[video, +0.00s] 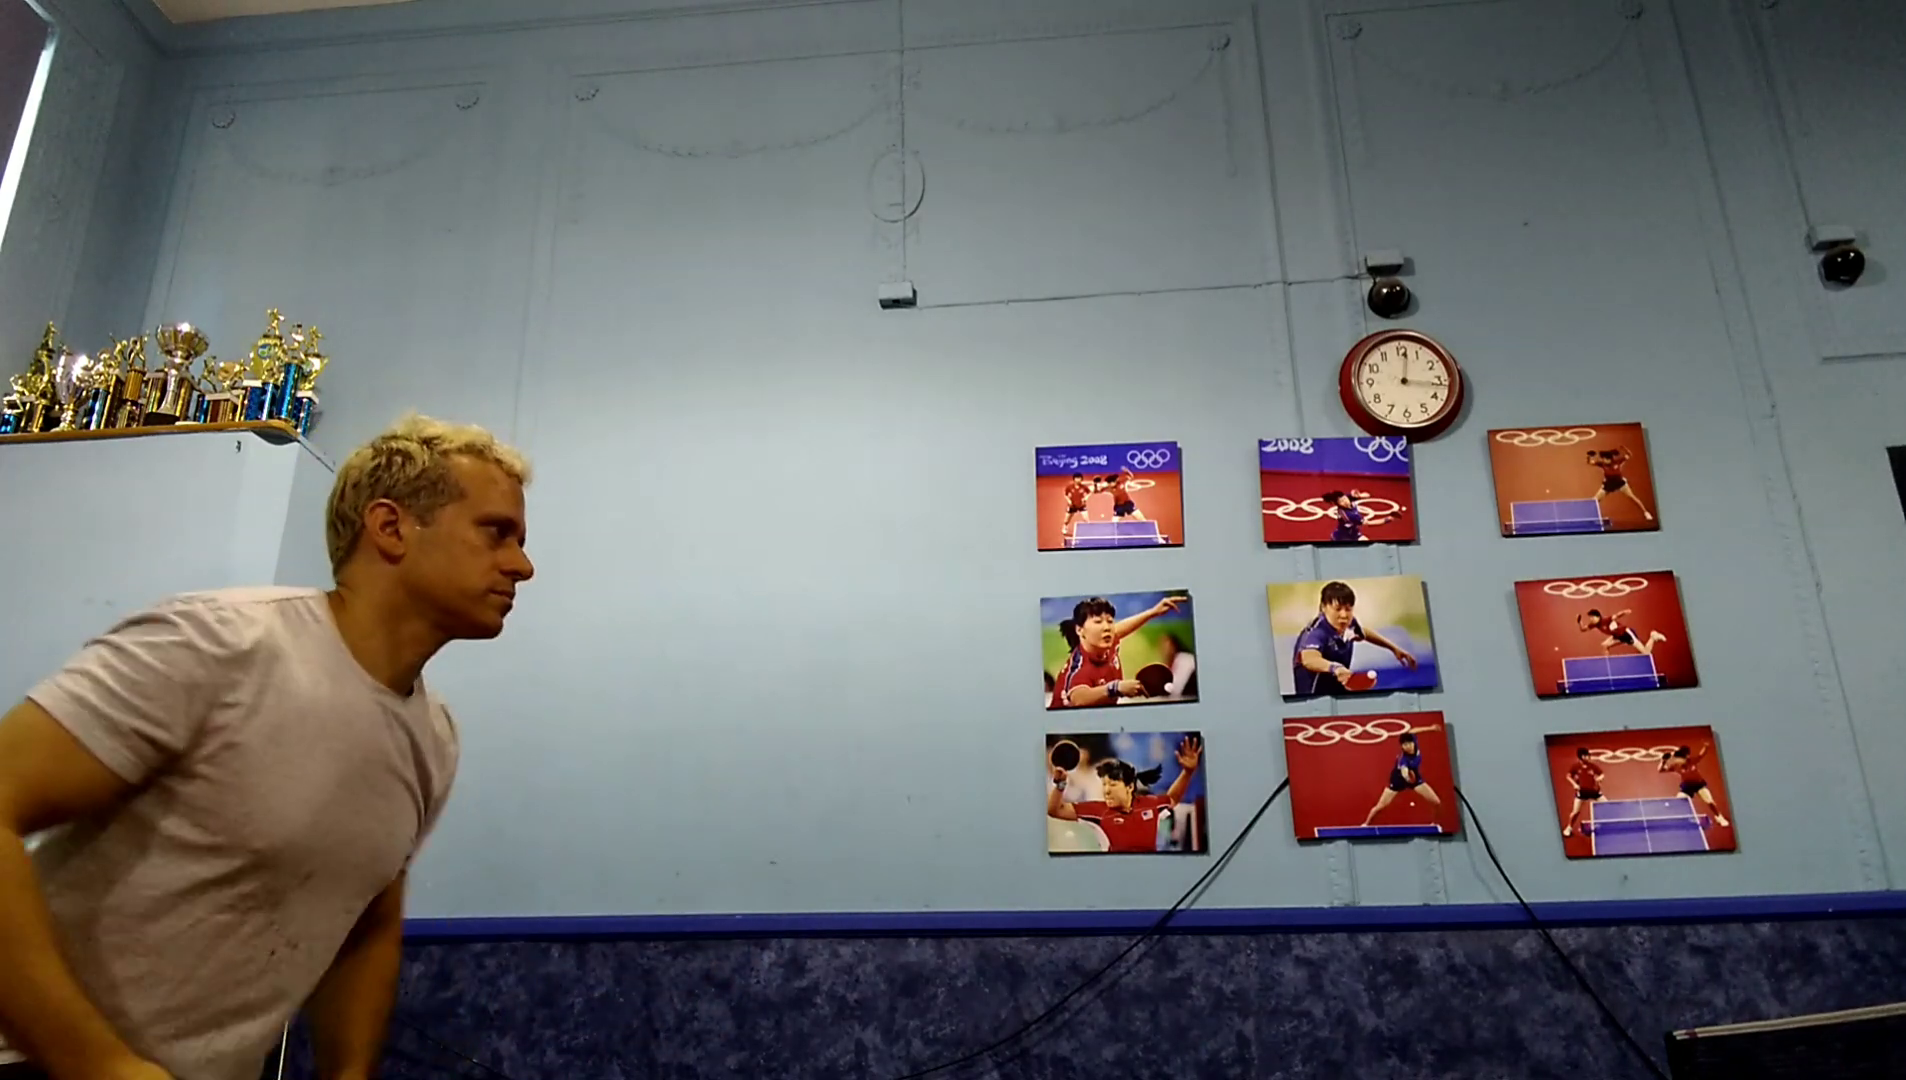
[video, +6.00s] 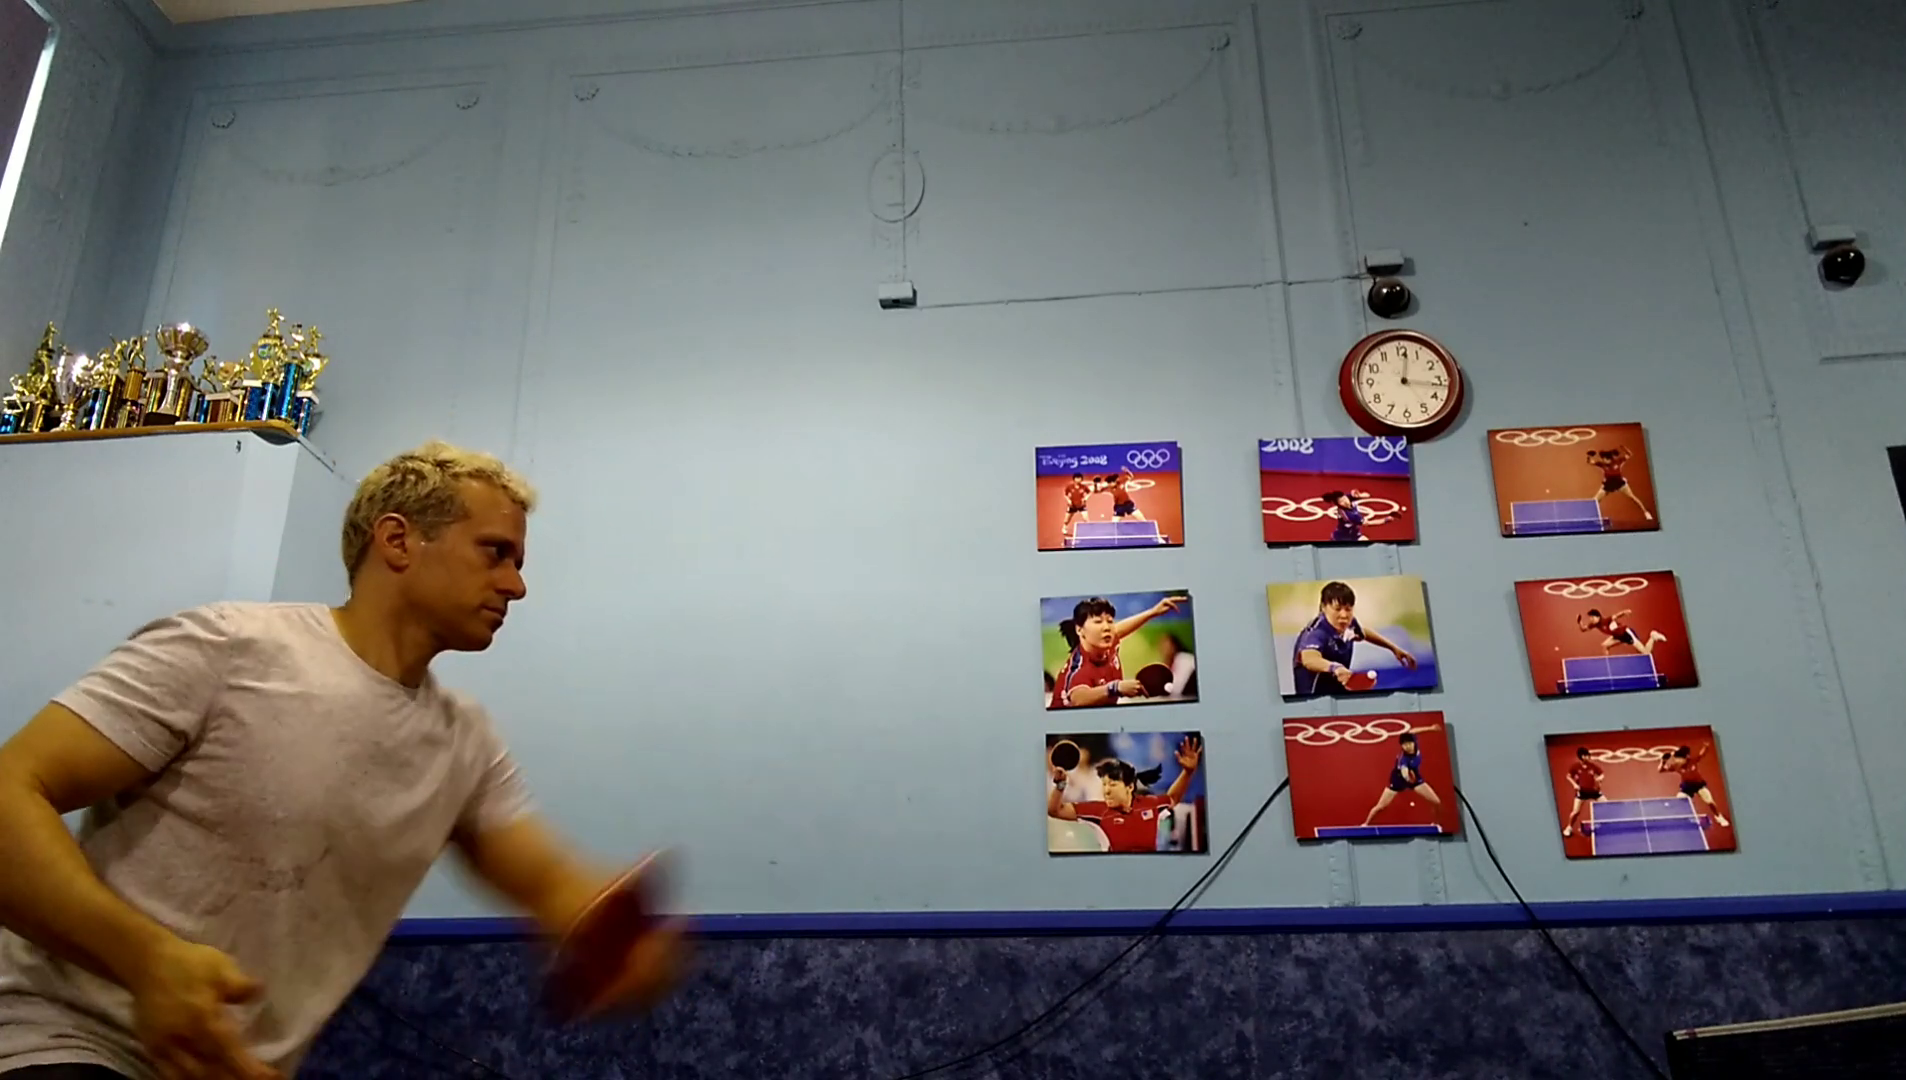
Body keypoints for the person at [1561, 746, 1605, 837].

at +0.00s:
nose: (1587, 758)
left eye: (1588, 755)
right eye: (1585, 756)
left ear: (1588, 756)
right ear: (1581, 757)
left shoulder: (1592, 766)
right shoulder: (1576, 767)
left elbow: (1602, 774)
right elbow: (1568, 776)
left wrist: (1598, 779)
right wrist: (1574, 784)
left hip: (1594, 791)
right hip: (1582, 791)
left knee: (1607, 806)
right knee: (1576, 812)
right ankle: (1569, 827)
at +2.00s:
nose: (1588, 758)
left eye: (1588, 755)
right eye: (1586, 756)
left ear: (1588, 756)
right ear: (1581, 757)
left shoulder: (1592, 766)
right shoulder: (1576, 767)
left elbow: (1602, 774)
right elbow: (1568, 776)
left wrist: (1598, 779)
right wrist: (1574, 784)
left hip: (1594, 791)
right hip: (1582, 791)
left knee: (1607, 806)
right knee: (1576, 812)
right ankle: (1569, 827)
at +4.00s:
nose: (1587, 758)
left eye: (1588, 755)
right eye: (1585, 755)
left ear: (1589, 756)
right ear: (1581, 757)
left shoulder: (1592, 766)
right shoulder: (1576, 766)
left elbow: (1602, 774)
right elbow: (1568, 776)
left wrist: (1598, 779)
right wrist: (1574, 785)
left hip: (1594, 791)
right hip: (1582, 791)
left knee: (1606, 806)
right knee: (1576, 811)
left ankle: (1606, 826)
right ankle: (1569, 827)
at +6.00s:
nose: (1587, 758)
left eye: (1588, 755)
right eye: (1585, 756)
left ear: (1589, 756)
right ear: (1581, 757)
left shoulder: (1592, 766)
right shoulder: (1576, 766)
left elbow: (1602, 774)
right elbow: (1568, 776)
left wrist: (1598, 779)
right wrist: (1574, 785)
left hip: (1594, 791)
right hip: (1582, 791)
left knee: (1606, 806)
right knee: (1576, 812)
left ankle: (1607, 826)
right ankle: (1569, 827)